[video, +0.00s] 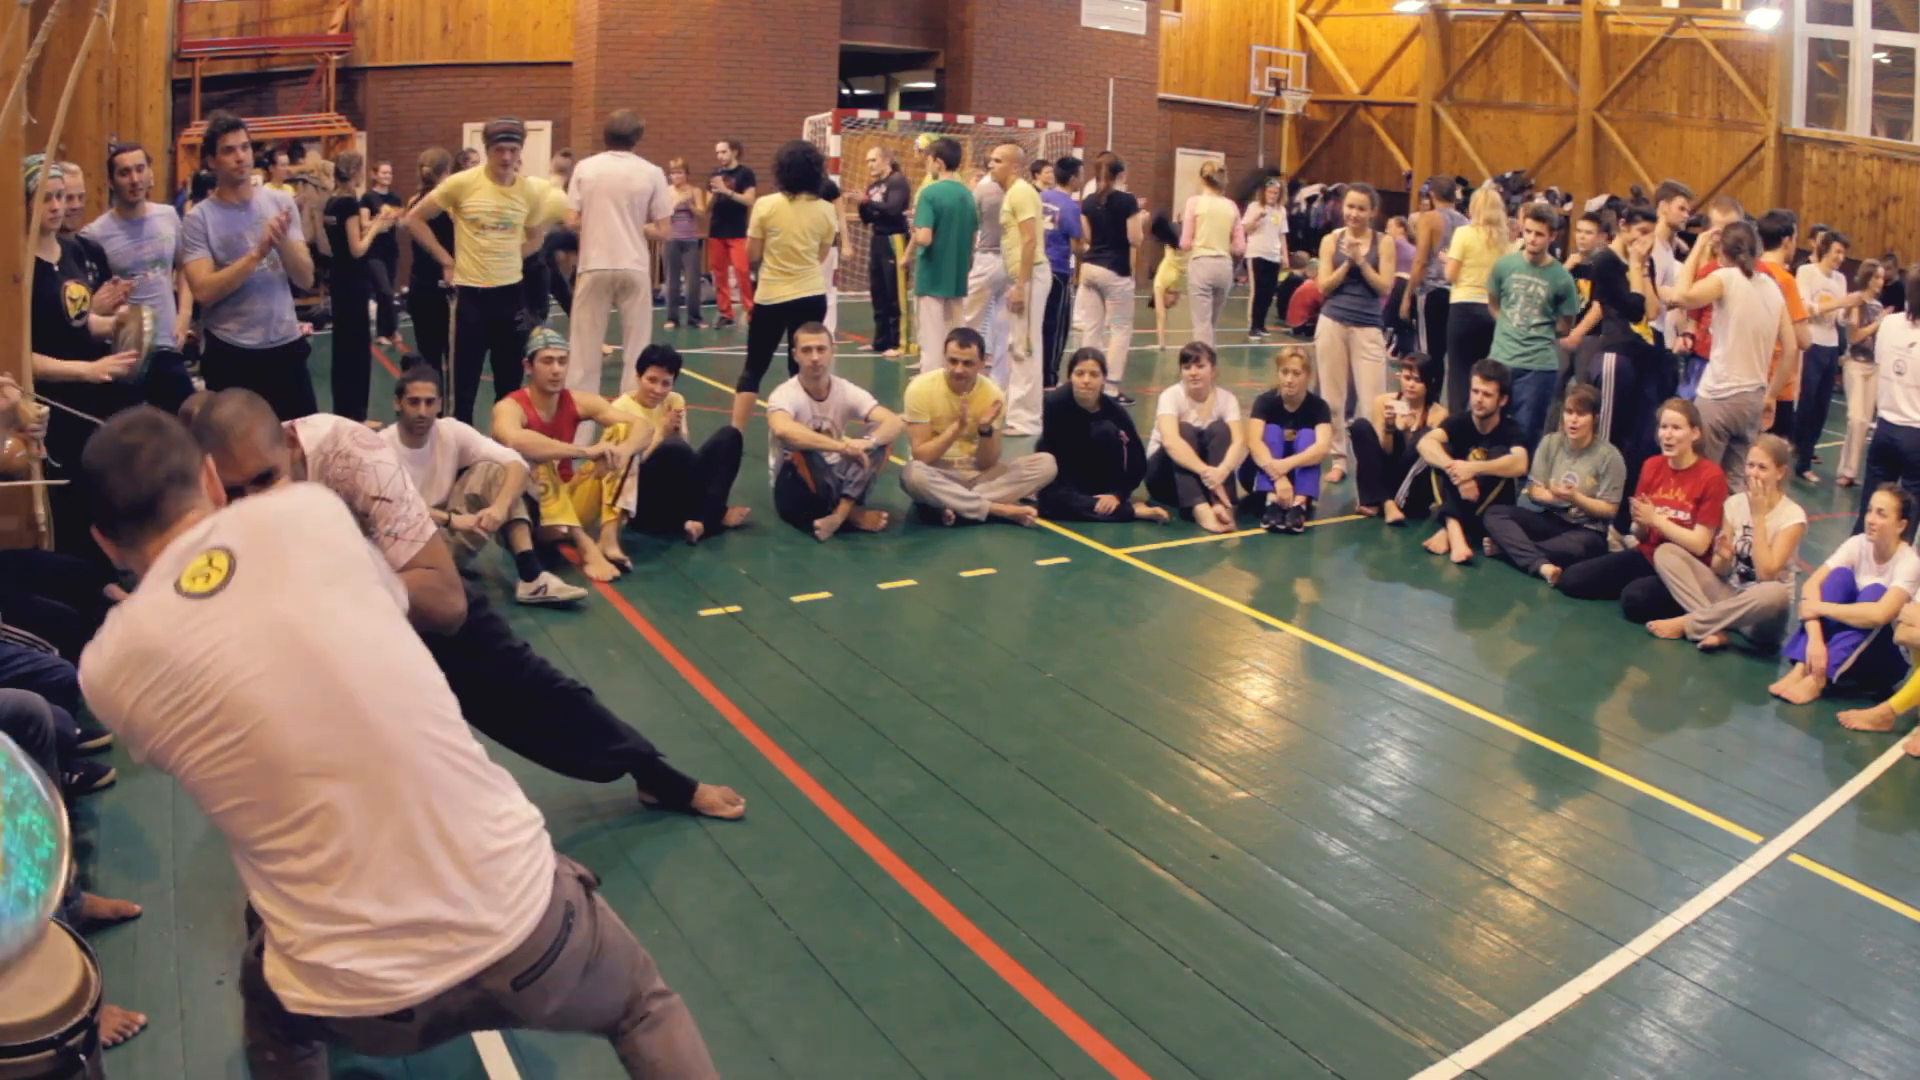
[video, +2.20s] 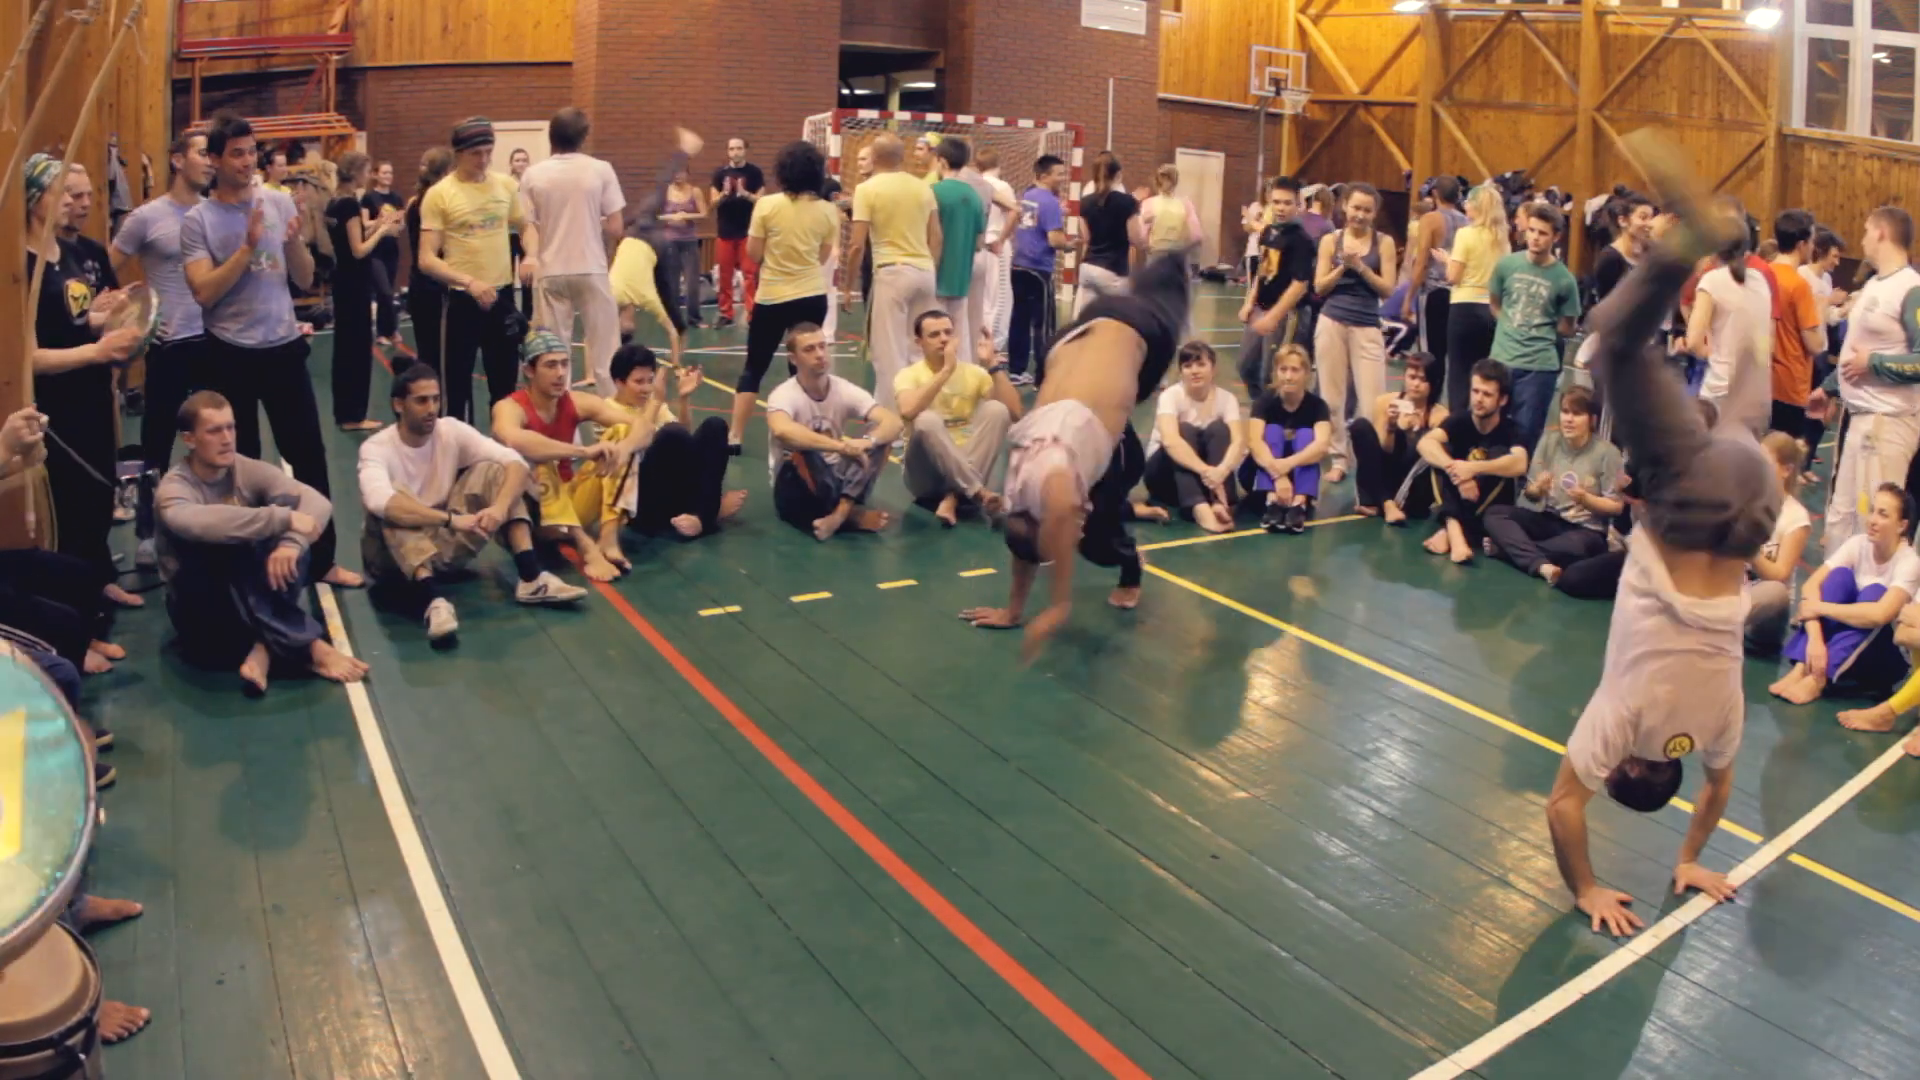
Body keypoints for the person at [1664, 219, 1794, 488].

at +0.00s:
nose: (1717, 258)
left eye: (1717, 251)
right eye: (1717, 251)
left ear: (1723, 253)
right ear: (1754, 251)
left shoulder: (1724, 278)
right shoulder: (1772, 287)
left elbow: (1683, 296)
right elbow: (1791, 348)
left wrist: (1696, 250)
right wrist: (1771, 394)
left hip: (1718, 394)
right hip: (1755, 395)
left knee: (1702, 479)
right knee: (1739, 481)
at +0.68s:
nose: (1709, 252)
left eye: (1710, 248)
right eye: (1711, 248)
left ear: (1716, 250)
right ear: (1746, 249)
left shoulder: (1719, 277)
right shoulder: (1768, 286)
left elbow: (1678, 308)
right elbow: (1779, 351)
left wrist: (1684, 258)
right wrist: (1766, 398)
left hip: (1718, 392)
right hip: (1755, 393)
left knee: (1705, 477)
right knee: (1737, 479)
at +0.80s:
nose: (1706, 252)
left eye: (1708, 246)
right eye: (1707, 246)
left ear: (1714, 249)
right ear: (1743, 248)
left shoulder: (1717, 279)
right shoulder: (1764, 283)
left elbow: (1691, 330)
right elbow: (1772, 343)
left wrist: (1679, 297)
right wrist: (1761, 383)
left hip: (1719, 391)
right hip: (1755, 391)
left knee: (1706, 476)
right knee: (1738, 476)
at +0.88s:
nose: (1705, 252)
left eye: (1707, 246)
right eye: (1707, 246)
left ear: (1714, 250)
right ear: (1743, 248)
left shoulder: (1714, 279)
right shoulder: (1764, 284)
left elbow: (1701, 337)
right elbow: (1773, 344)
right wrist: (1758, 377)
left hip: (1718, 390)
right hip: (1755, 391)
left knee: (1706, 476)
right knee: (1738, 476)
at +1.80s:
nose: (1700, 251)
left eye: (1702, 245)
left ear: (1707, 249)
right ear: (1740, 248)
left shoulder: (1708, 280)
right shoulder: (1757, 281)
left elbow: (1699, 340)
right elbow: (1767, 338)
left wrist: (1687, 345)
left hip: (1719, 390)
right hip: (1756, 389)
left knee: (1708, 480)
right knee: (1744, 482)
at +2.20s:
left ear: (1714, 246)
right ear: (1746, 244)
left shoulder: (1711, 281)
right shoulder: (1760, 280)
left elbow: (1693, 342)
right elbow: (1768, 340)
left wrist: (1712, 353)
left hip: (1720, 390)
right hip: (1760, 392)